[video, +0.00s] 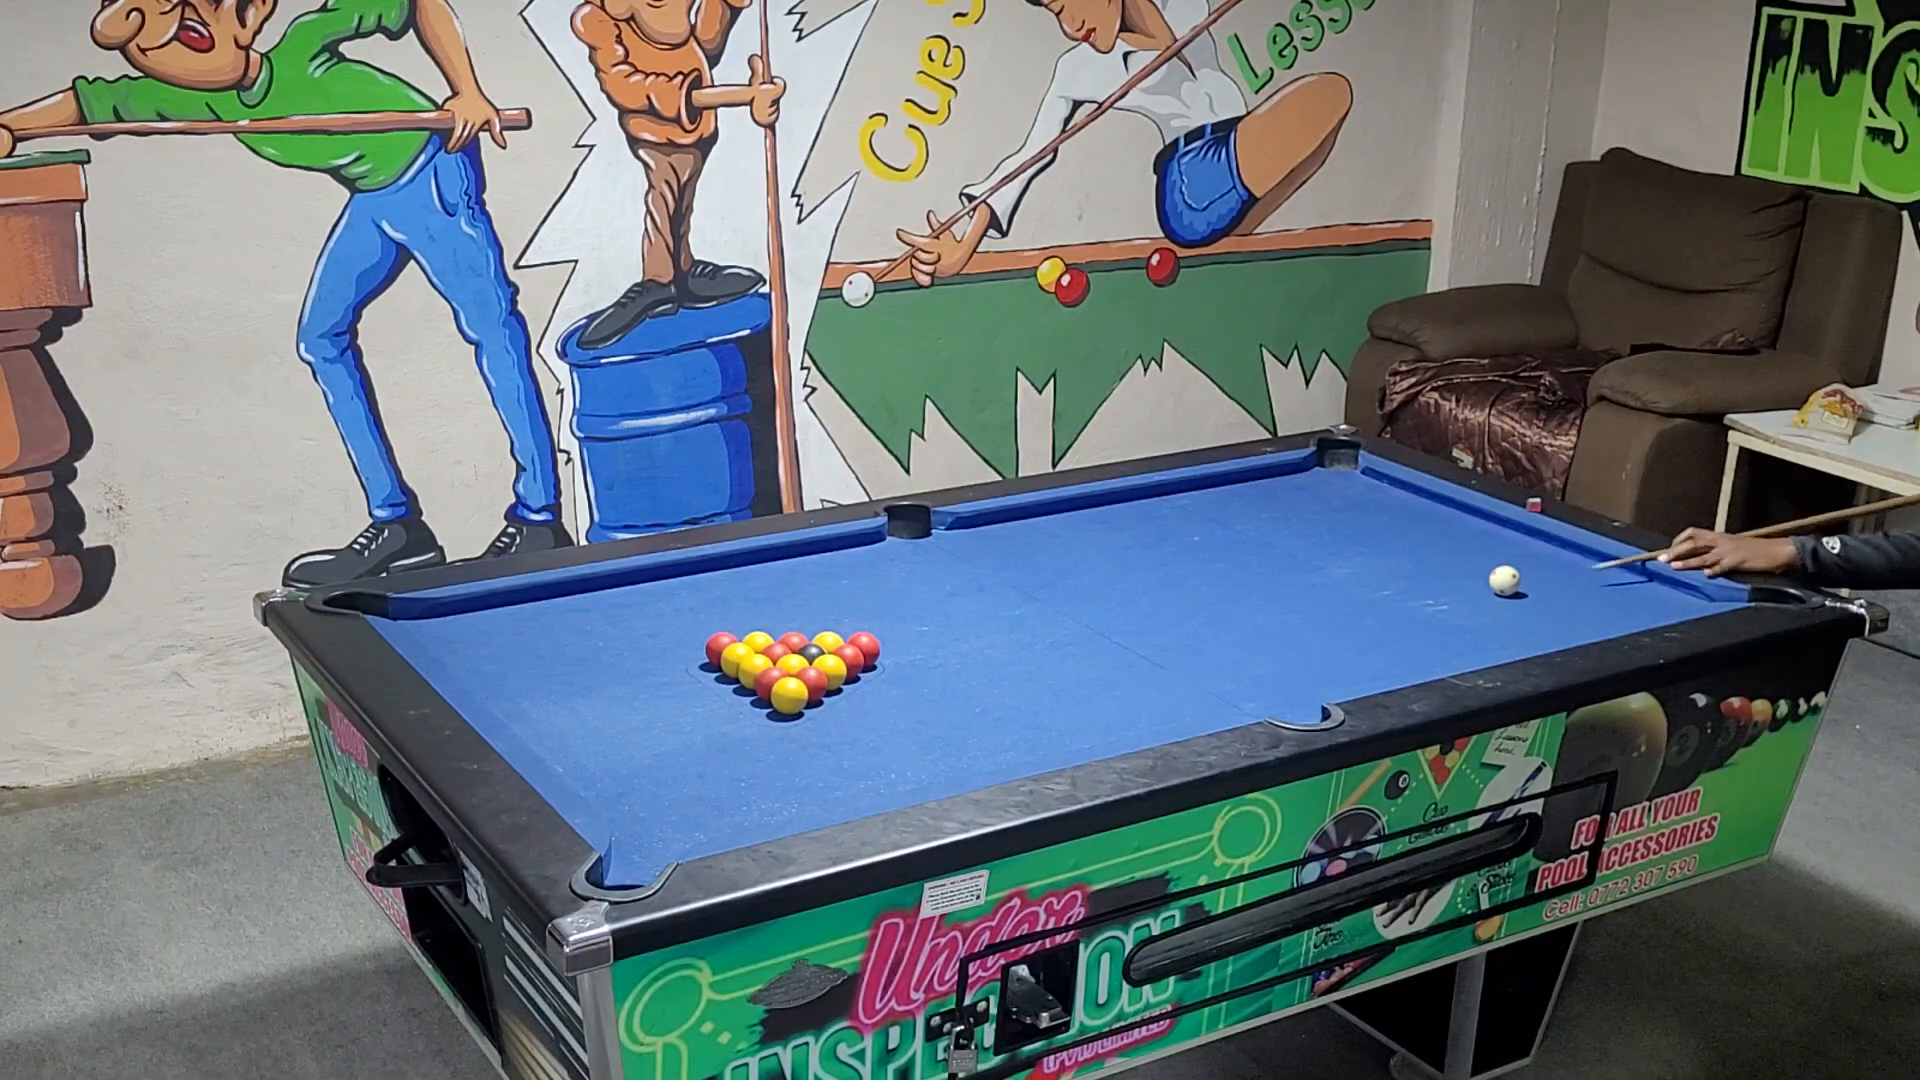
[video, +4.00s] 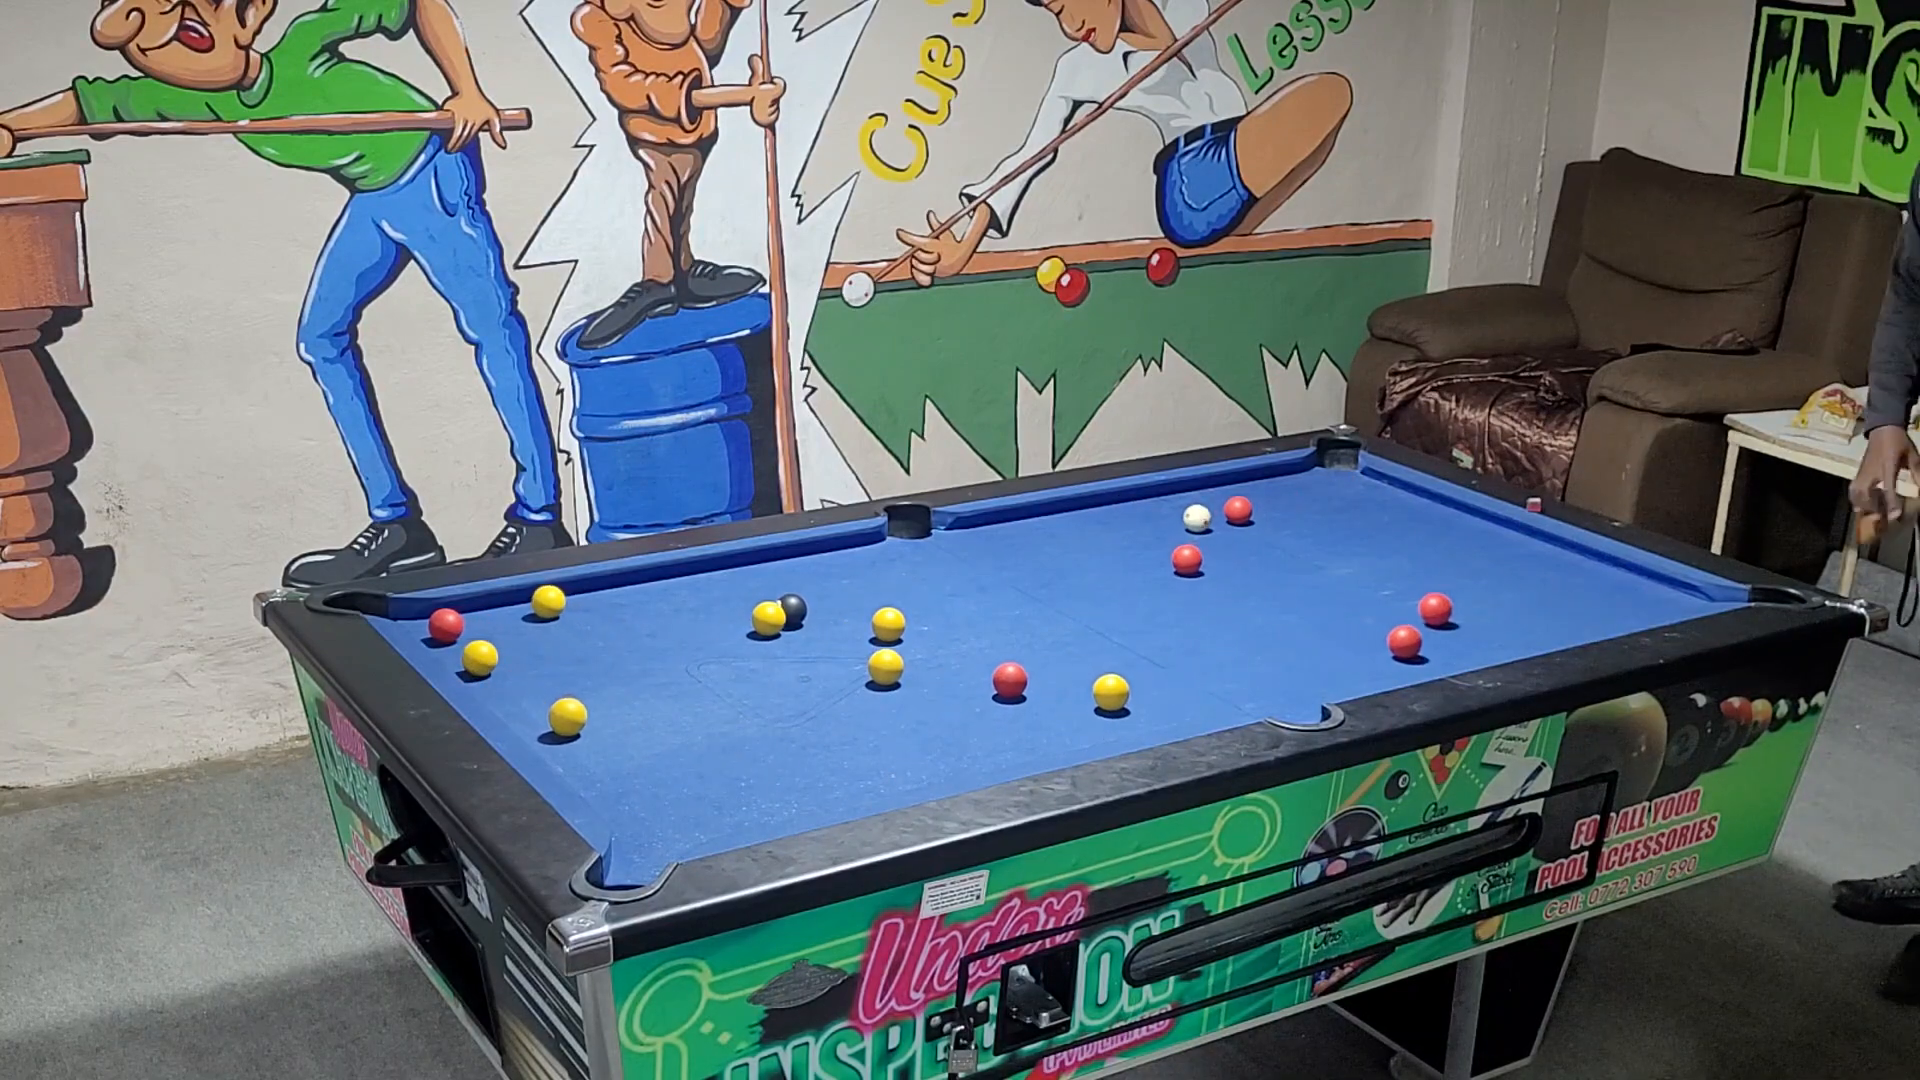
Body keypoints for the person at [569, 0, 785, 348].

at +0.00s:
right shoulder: (597, 19)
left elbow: (707, 46)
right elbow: (625, 88)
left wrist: (731, 5)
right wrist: (746, 95)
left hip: (694, 88)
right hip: (645, 103)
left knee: (688, 173)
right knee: (666, 173)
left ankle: (682, 268)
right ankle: (657, 280)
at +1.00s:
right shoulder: (597, 19)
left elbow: (707, 47)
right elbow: (625, 88)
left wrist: (730, 5)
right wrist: (746, 95)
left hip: (694, 88)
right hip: (645, 103)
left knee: (688, 174)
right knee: (666, 174)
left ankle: (682, 268)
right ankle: (657, 281)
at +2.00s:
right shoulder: (596, 19)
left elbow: (707, 48)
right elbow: (625, 88)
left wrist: (730, 6)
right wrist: (746, 94)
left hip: (695, 88)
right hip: (644, 103)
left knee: (688, 174)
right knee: (665, 173)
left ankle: (682, 269)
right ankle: (656, 282)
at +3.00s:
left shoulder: (695, 6)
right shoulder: (596, 19)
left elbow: (707, 47)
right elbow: (625, 88)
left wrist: (730, 6)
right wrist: (746, 94)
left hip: (694, 88)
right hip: (644, 103)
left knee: (688, 174)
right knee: (665, 173)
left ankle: (682, 268)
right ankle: (657, 281)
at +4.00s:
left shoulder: (697, 6)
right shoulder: (596, 18)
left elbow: (707, 47)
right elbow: (625, 87)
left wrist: (730, 6)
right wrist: (746, 95)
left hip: (695, 87)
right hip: (644, 103)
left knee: (687, 175)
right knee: (665, 175)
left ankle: (682, 268)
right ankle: (657, 281)